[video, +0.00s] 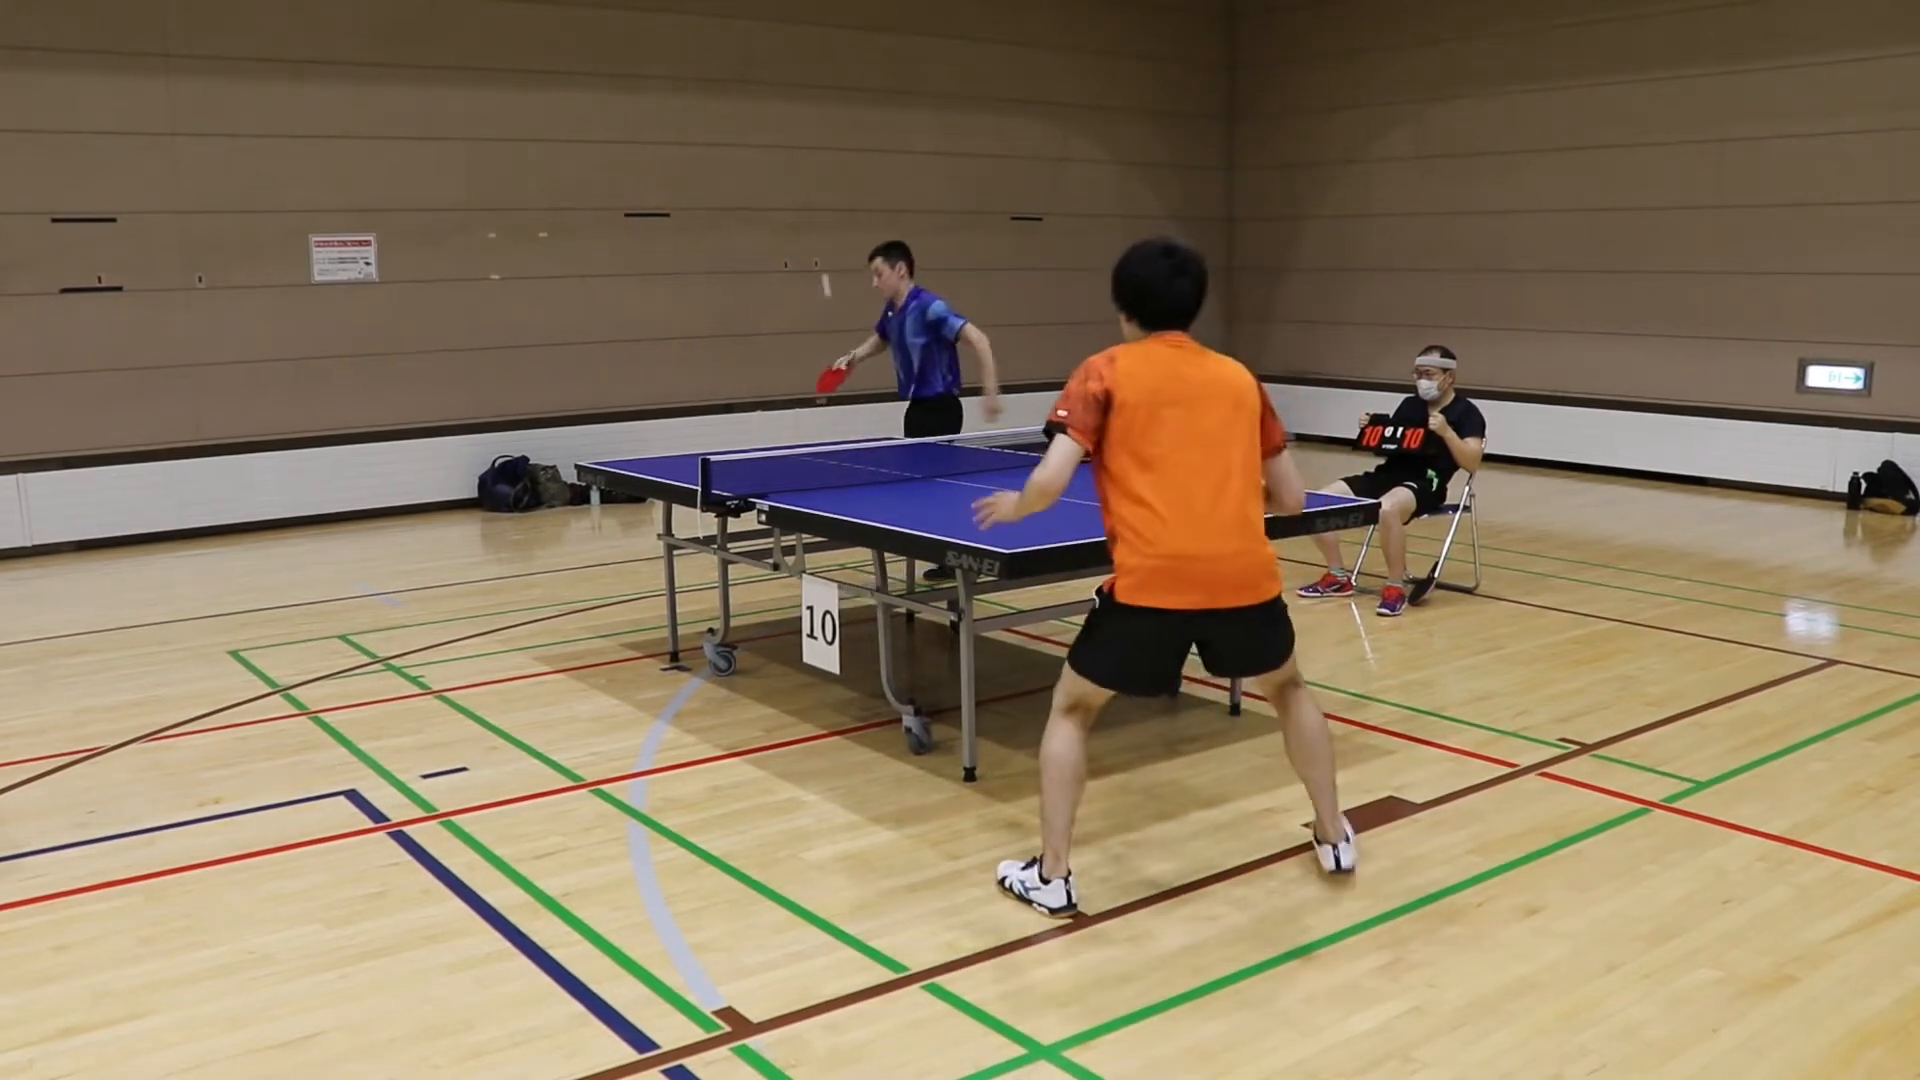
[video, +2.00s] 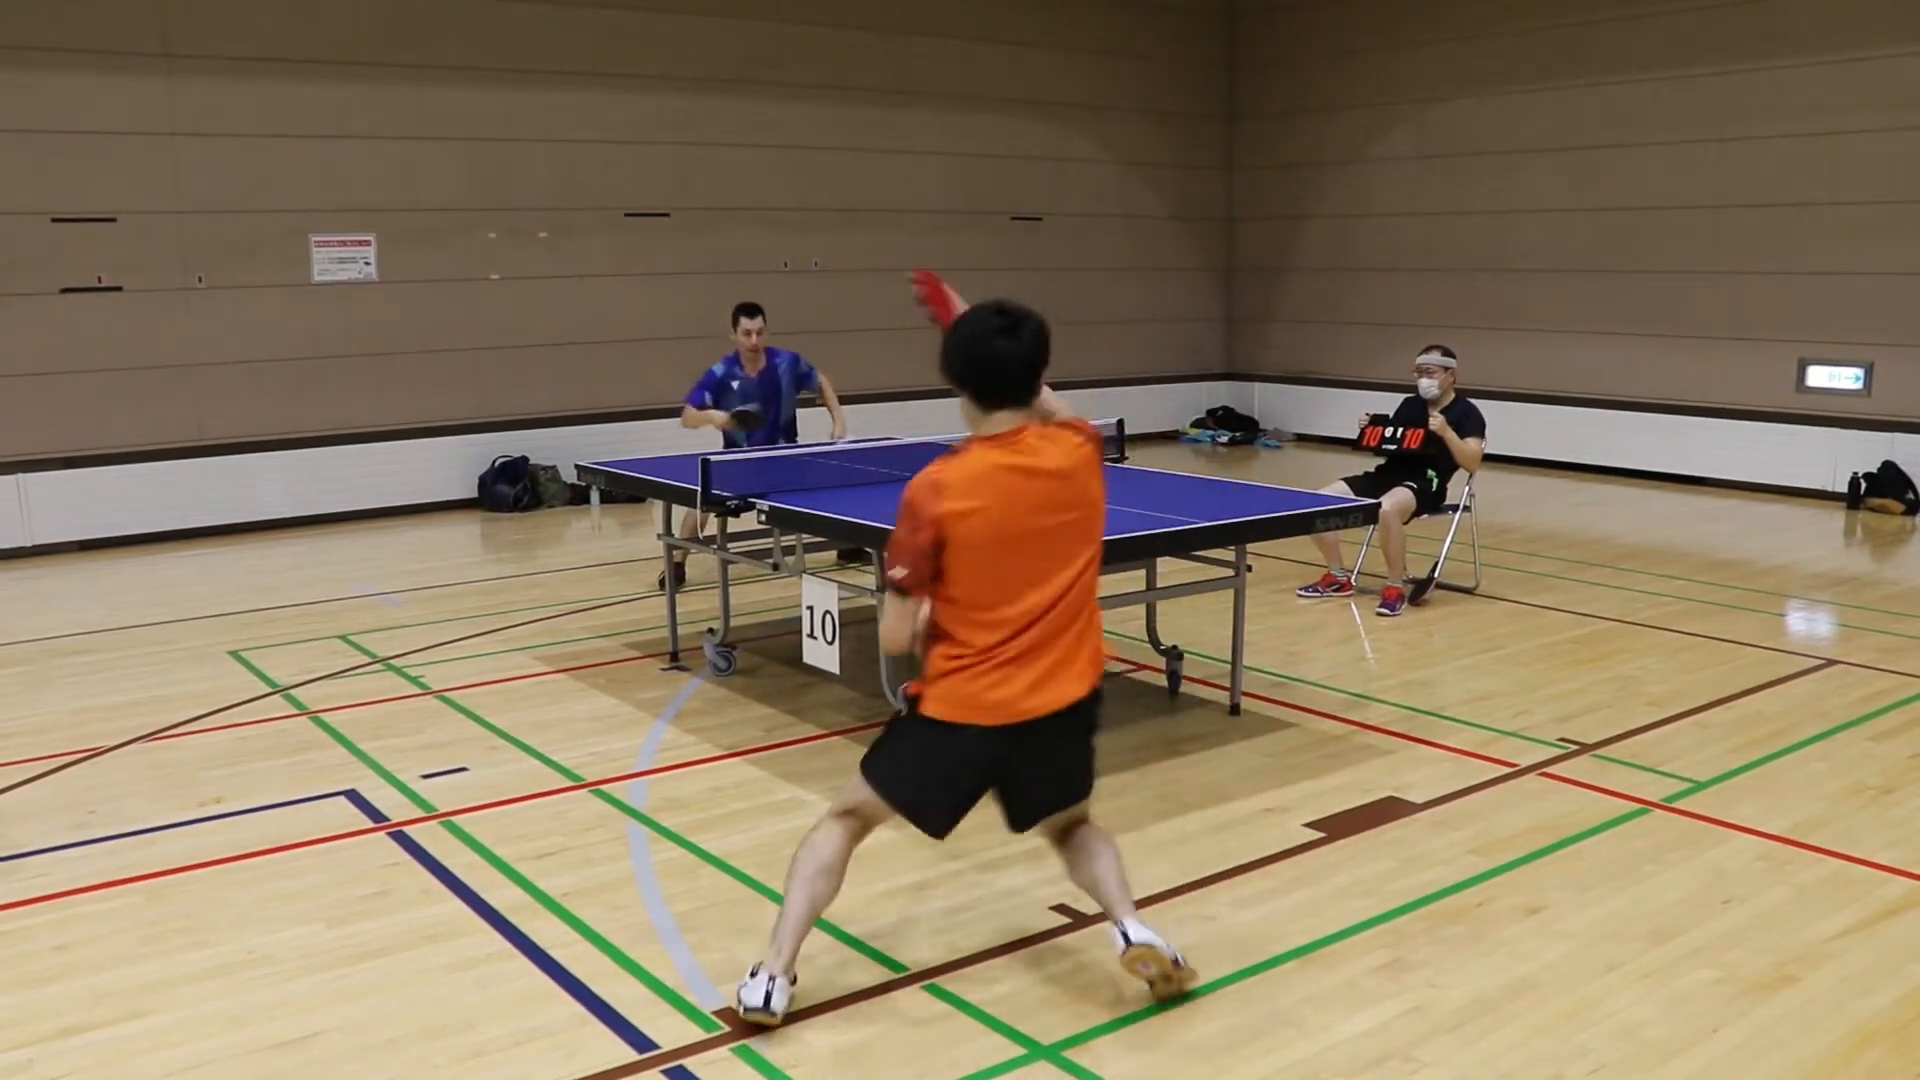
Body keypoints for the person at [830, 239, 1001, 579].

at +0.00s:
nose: (874, 283)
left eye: (878, 274)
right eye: (872, 275)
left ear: (901, 270)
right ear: (894, 273)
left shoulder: (928, 307)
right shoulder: (893, 309)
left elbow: (979, 339)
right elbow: (878, 341)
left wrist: (990, 393)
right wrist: (852, 357)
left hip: (940, 410)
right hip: (918, 410)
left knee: (934, 485)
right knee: (925, 486)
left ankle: (955, 559)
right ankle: (947, 558)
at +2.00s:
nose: (754, 340)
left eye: (759, 333)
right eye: (747, 334)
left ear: (766, 332)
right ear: (734, 335)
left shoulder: (788, 363)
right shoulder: (722, 372)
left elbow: (821, 383)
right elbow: (687, 418)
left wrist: (839, 420)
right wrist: (712, 417)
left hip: (786, 459)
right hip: (739, 464)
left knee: (834, 480)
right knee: (703, 500)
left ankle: (847, 544)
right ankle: (677, 563)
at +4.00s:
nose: (446, 277)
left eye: (448, 270)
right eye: (438, 271)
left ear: (450, 275)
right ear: (415, 275)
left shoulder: (455, 313)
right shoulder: (395, 322)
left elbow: (464, 350)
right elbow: (370, 377)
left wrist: (487, 381)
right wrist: (410, 403)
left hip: (452, 419)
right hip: (413, 425)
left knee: (510, 484)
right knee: (419, 507)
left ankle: (503, 553)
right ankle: (372, 590)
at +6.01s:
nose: (645, 281)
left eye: (648, 275)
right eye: (638, 275)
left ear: (646, 278)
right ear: (622, 278)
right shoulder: (626, 312)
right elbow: (633, 369)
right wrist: (662, 402)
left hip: (621, 399)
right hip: (622, 402)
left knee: (656, 459)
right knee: (659, 463)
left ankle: (663, 518)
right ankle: (635, 541)